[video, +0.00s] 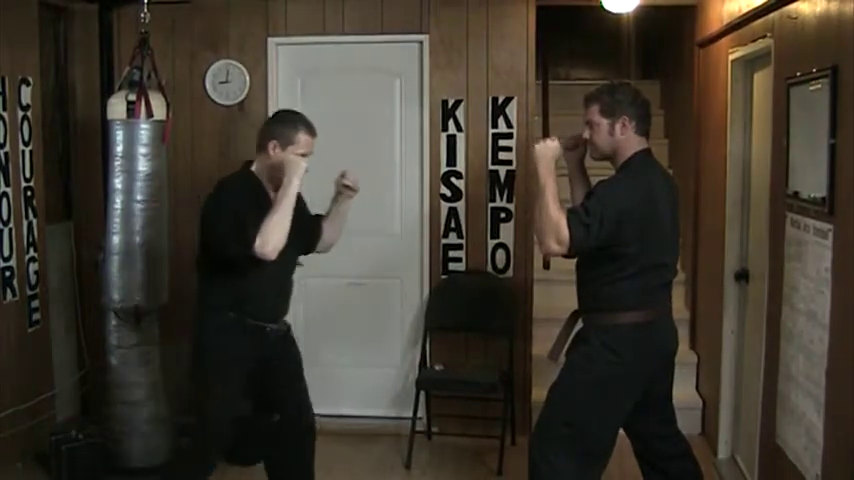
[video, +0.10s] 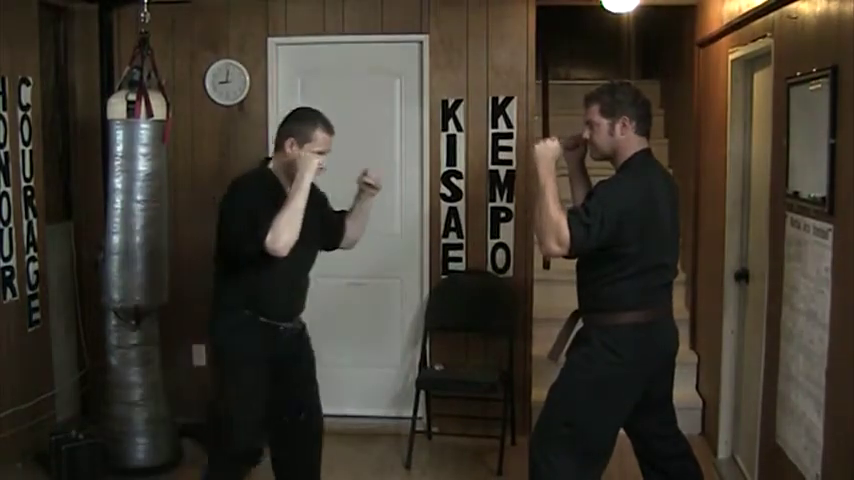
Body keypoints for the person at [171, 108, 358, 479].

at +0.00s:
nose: (304, 165)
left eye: (308, 156)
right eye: (301, 154)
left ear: (279, 152)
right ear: (273, 149)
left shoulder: (282, 196)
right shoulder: (231, 192)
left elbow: (318, 241)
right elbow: (267, 247)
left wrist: (341, 201)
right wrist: (290, 182)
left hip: (274, 336)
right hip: (228, 336)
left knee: (297, 430)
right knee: (214, 433)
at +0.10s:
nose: (322, 163)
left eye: (325, 155)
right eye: (318, 153)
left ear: (294, 149)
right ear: (289, 147)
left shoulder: (307, 195)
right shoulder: (247, 190)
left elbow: (342, 237)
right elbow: (278, 244)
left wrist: (364, 199)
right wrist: (303, 178)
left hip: (290, 335)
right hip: (244, 336)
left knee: (302, 438)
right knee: (239, 444)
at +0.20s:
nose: (336, 162)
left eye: (339, 153)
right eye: (330, 152)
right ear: (301, 145)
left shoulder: (324, 194)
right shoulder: (259, 188)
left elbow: (357, 239)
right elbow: (282, 243)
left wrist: (379, 199)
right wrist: (308, 178)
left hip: (306, 335)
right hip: (260, 333)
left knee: (317, 435)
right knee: (273, 441)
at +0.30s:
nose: (345, 163)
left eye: (348, 155)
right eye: (339, 154)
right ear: (310, 148)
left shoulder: (333, 194)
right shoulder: (267, 192)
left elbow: (367, 243)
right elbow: (290, 244)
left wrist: (389, 202)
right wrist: (314, 179)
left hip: (322, 335)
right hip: (276, 335)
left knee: (347, 425)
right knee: (299, 434)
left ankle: (319, 479)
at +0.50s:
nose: (379, 163)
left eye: (380, 154)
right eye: (373, 153)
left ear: (351, 150)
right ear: (344, 149)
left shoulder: (361, 196)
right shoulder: (299, 195)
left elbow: (390, 247)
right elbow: (320, 252)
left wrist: (416, 216)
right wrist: (350, 187)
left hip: (358, 336)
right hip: (309, 337)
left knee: (399, 429)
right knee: (316, 445)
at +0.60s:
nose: (403, 166)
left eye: (405, 157)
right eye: (397, 156)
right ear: (367, 150)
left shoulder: (391, 200)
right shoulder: (322, 195)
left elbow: (420, 242)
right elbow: (335, 252)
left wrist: (465, 233)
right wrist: (367, 188)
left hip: (374, 340)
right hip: (323, 338)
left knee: (419, 444)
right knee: (323, 447)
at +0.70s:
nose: (426, 170)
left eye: (428, 162)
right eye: (420, 161)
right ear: (391, 155)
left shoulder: (420, 206)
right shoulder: (344, 198)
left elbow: (474, 235)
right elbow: (342, 256)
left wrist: (524, 252)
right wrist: (384, 196)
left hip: (395, 344)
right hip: (340, 342)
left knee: (436, 451)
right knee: (335, 452)